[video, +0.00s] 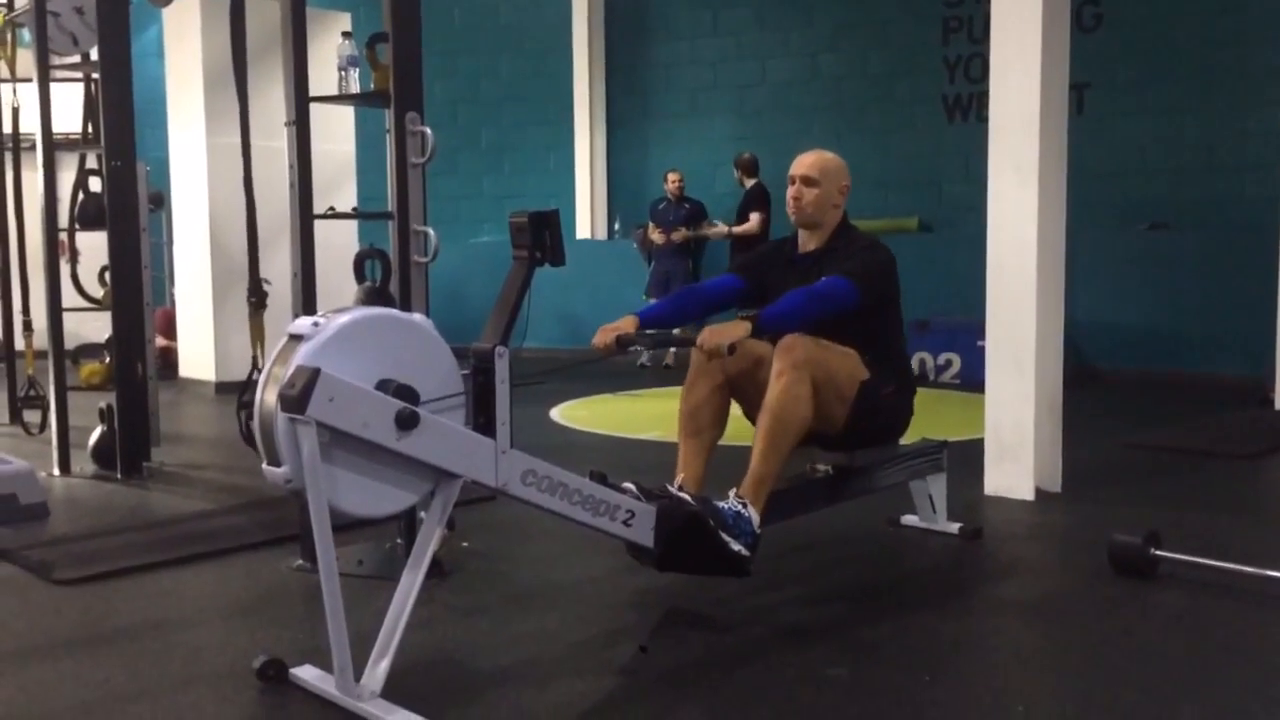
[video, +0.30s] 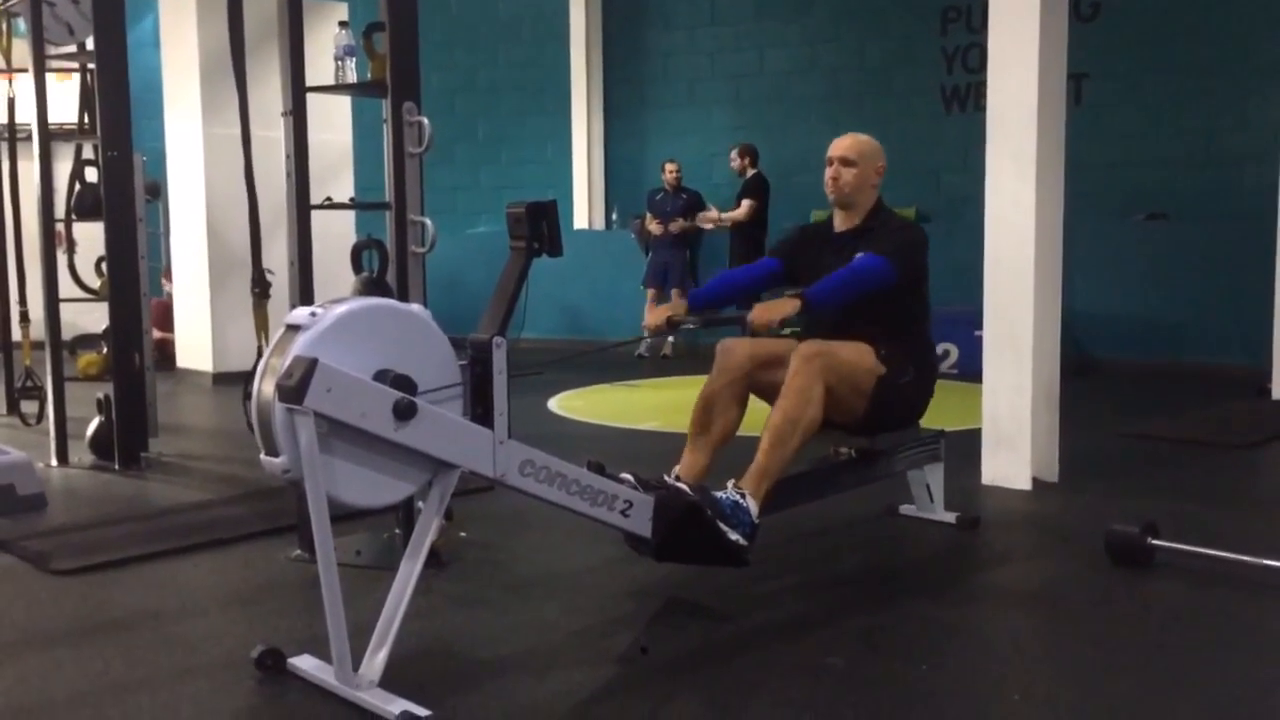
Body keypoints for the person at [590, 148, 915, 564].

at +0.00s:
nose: (793, 192)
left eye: (807, 183)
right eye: (791, 183)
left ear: (840, 196)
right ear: (785, 191)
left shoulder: (869, 257)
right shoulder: (775, 257)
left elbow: (820, 300)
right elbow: (709, 296)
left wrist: (751, 324)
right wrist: (637, 320)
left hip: (874, 407)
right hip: (799, 407)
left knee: (795, 349)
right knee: (712, 351)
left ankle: (746, 512)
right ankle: (684, 496)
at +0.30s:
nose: (833, 172)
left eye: (846, 164)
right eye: (830, 164)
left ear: (877, 174)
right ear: (824, 172)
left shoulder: (903, 236)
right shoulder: (809, 238)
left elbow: (860, 277)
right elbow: (753, 276)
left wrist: (797, 301)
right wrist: (684, 304)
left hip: (895, 377)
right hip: (822, 372)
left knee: (810, 358)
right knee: (732, 353)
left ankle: (746, 502)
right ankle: (682, 485)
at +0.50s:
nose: (883, 170)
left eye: (896, 160)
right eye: (879, 161)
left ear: (926, 170)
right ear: (873, 168)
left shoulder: (946, 230)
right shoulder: (854, 233)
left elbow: (918, 273)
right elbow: (802, 278)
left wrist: (856, 292)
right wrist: (742, 298)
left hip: (911, 363)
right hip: (844, 354)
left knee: (820, 377)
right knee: (752, 368)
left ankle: (745, 499)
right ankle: (678, 481)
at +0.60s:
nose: (905, 179)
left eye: (918, 171)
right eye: (901, 170)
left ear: (946, 179)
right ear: (896, 177)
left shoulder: (968, 235)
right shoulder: (869, 239)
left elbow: (952, 287)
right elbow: (825, 291)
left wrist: (889, 293)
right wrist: (778, 299)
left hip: (920, 360)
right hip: (855, 350)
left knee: (830, 384)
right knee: (774, 381)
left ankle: (746, 497)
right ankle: (680, 482)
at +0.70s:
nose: (919, 192)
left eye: (931, 182)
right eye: (914, 183)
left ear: (959, 187)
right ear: (910, 187)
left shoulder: (987, 245)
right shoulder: (887, 245)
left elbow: (985, 304)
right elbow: (846, 303)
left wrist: (927, 295)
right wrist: (813, 304)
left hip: (924, 353)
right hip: (863, 344)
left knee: (834, 405)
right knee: (789, 396)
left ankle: (746, 496)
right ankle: (690, 480)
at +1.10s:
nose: (862, 182)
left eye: (874, 173)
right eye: (856, 173)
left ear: (905, 174)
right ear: (851, 176)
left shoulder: (943, 231)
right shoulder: (843, 233)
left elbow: (955, 305)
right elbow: (809, 286)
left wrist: (888, 296)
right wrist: (771, 301)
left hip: (913, 363)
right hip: (845, 355)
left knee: (828, 373)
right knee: (760, 364)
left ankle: (748, 493)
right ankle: (686, 476)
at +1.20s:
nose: (823, 188)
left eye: (836, 177)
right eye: (818, 178)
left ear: (869, 178)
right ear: (812, 181)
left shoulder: (905, 235)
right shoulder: (805, 237)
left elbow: (905, 309)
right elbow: (757, 294)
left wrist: (825, 322)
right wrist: (709, 321)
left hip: (898, 377)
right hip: (822, 371)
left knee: (821, 355)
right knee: (733, 360)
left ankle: (744, 494)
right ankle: (684, 475)